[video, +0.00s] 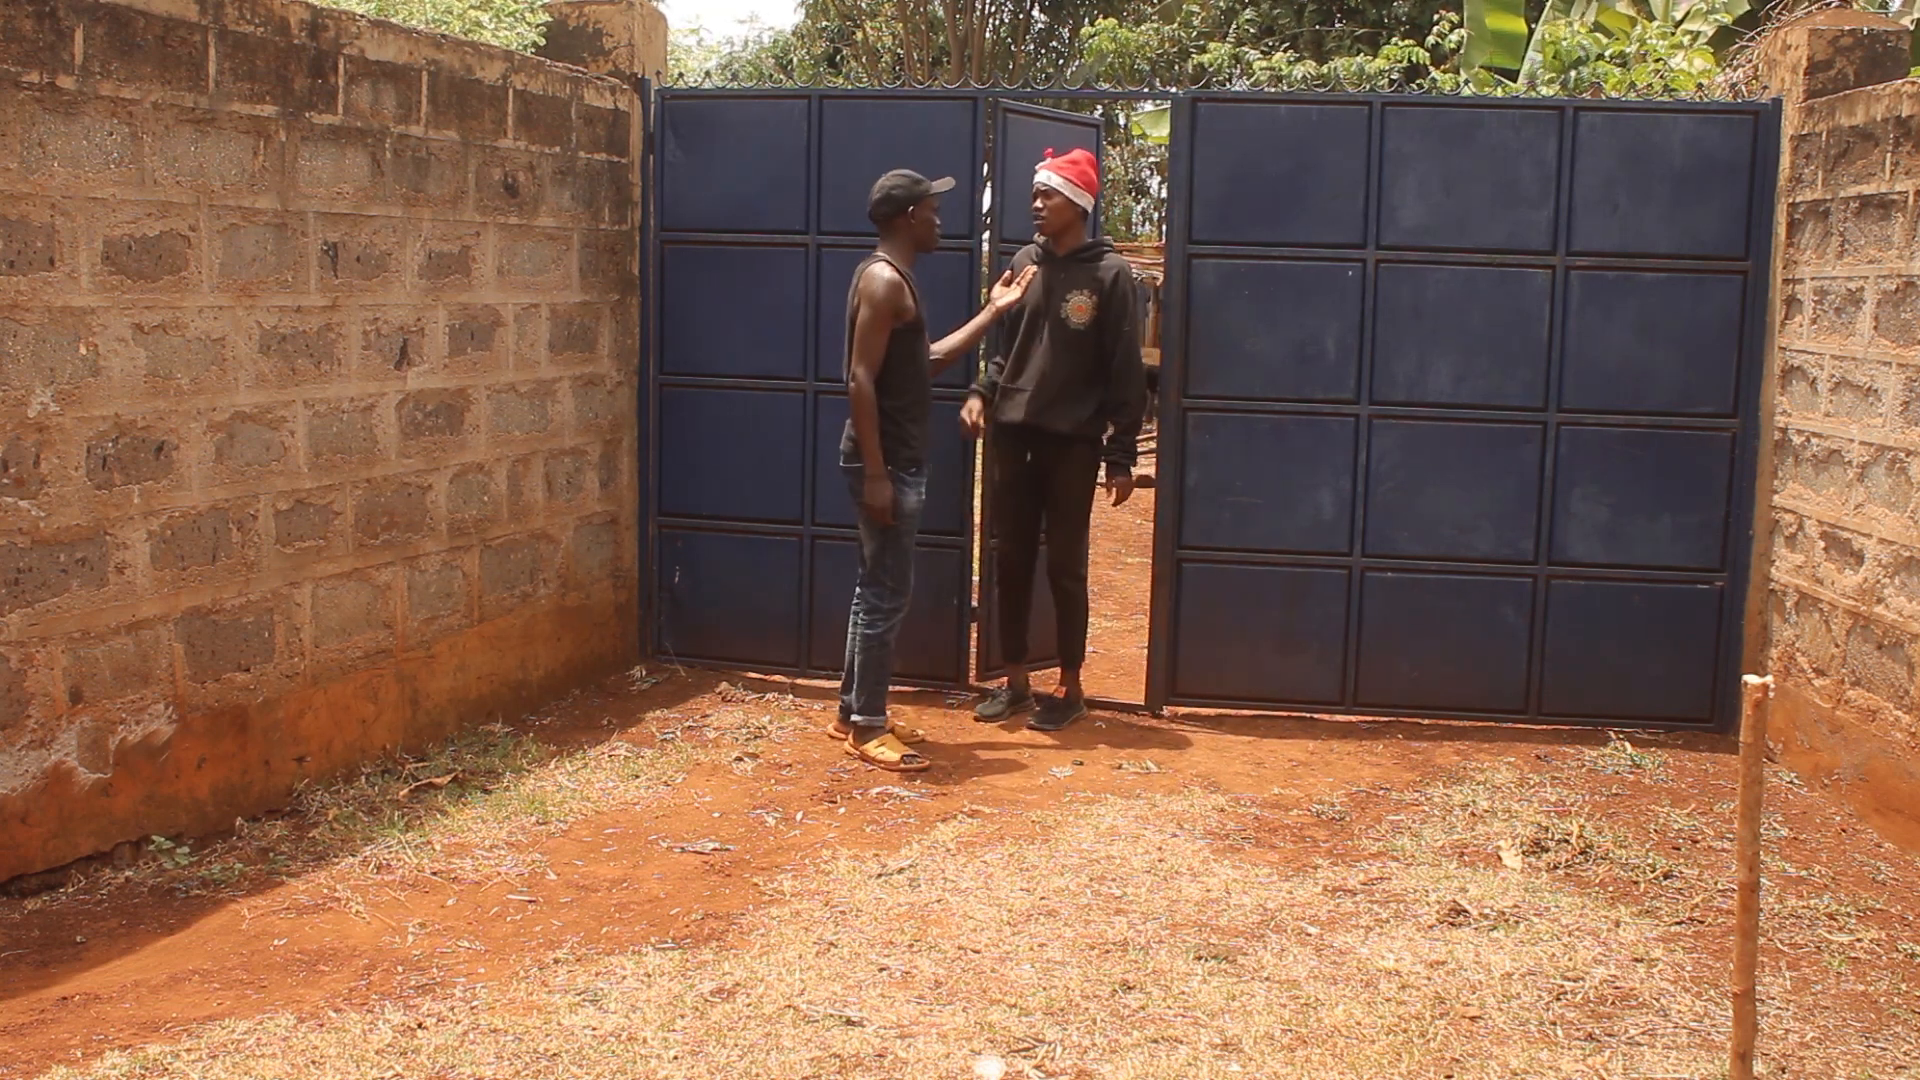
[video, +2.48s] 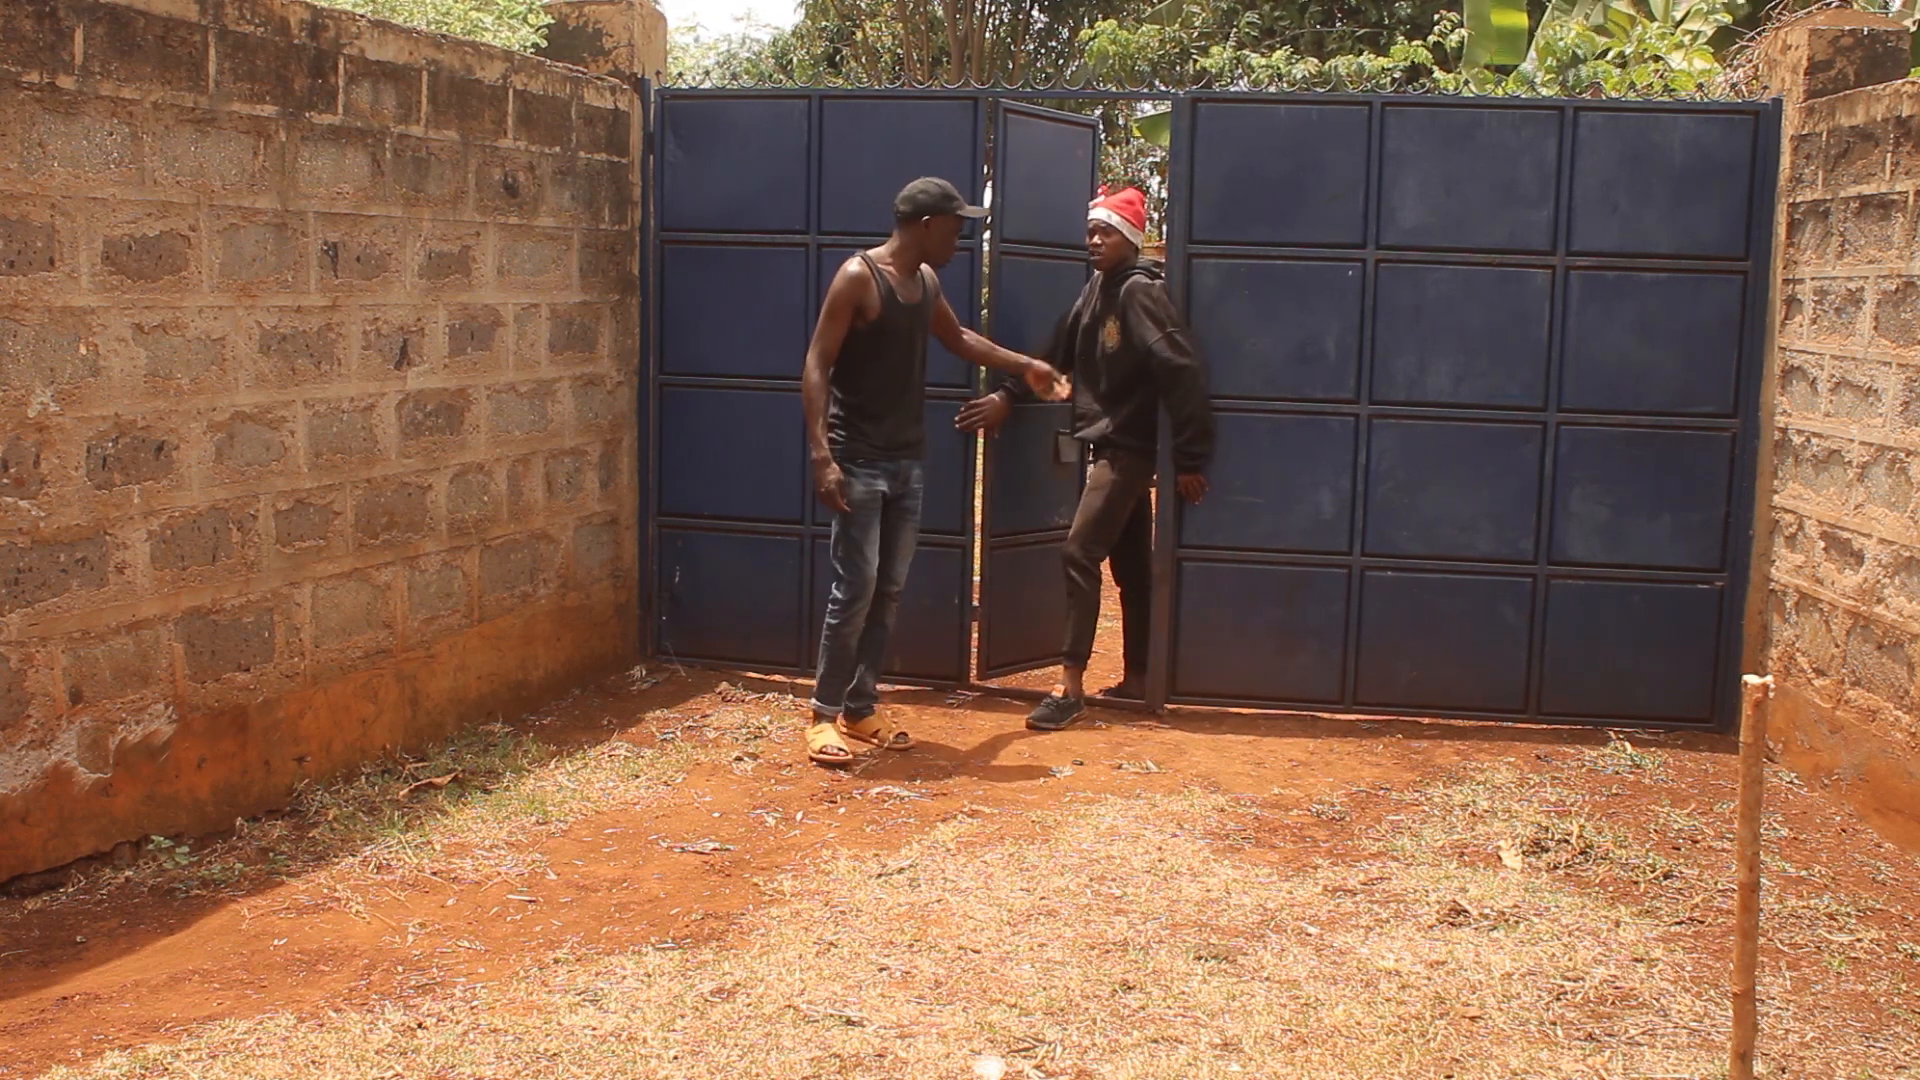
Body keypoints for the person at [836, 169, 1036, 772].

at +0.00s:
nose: (940, 220)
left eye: (937, 210)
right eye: (933, 210)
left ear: (901, 219)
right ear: (908, 217)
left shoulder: (891, 277)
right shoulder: (884, 281)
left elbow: (927, 358)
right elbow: (860, 379)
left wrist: (991, 309)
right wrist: (875, 472)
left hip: (896, 459)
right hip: (887, 463)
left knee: (879, 588)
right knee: (886, 592)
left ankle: (855, 706)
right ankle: (868, 725)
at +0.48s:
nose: (936, 214)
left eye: (932, 204)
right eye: (927, 205)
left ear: (898, 217)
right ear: (904, 215)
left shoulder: (896, 278)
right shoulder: (884, 281)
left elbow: (926, 358)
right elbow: (867, 381)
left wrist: (988, 311)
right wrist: (903, 468)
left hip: (897, 454)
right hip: (885, 458)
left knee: (883, 588)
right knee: (884, 592)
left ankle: (856, 707)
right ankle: (867, 725)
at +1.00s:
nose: (938, 213)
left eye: (934, 203)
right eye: (929, 203)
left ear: (901, 217)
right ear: (902, 215)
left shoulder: (901, 279)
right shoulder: (882, 282)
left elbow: (929, 356)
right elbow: (861, 382)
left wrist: (994, 311)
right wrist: (887, 473)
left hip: (902, 458)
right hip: (886, 462)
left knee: (882, 590)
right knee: (882, 594)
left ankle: (855, 707)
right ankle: (867, 728)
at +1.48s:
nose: (946, 236)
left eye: (947, 225)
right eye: (936, 226)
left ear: (916, 226)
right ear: (899, 224)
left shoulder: (914, 275)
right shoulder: (865, 286)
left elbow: (971, 312)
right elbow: (847, 386)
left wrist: (1043, 286)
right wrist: (881, 473)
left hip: (916, 457)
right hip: (876, 461)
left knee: (893, 589)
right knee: (871, 594)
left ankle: (854, 702)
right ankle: (865, 725)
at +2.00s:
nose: (936, 228)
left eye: (935, 219)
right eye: (930, 220)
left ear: (901, 226)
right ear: (902, 227)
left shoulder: (914, 275)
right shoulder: (845, 290)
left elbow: (968, 306)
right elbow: (811, 382)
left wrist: (1042, 274)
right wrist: (814, 475)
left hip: (904, 463)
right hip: (855, 466)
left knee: (889, 590)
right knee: (855, 596)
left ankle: (863, 711)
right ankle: (862, 731)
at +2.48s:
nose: (959, 241)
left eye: (960, 229)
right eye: (954, 229)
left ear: (926, 227)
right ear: (921, 225)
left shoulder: (925, 282)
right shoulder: (857, 277)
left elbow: (959, 339)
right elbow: (815, 367)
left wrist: (1026, 364)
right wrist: (821, 455)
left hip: (907, 460)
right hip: (857, 458)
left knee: (888, 588)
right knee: (856, 585)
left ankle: (859, 712)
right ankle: (824, 717)